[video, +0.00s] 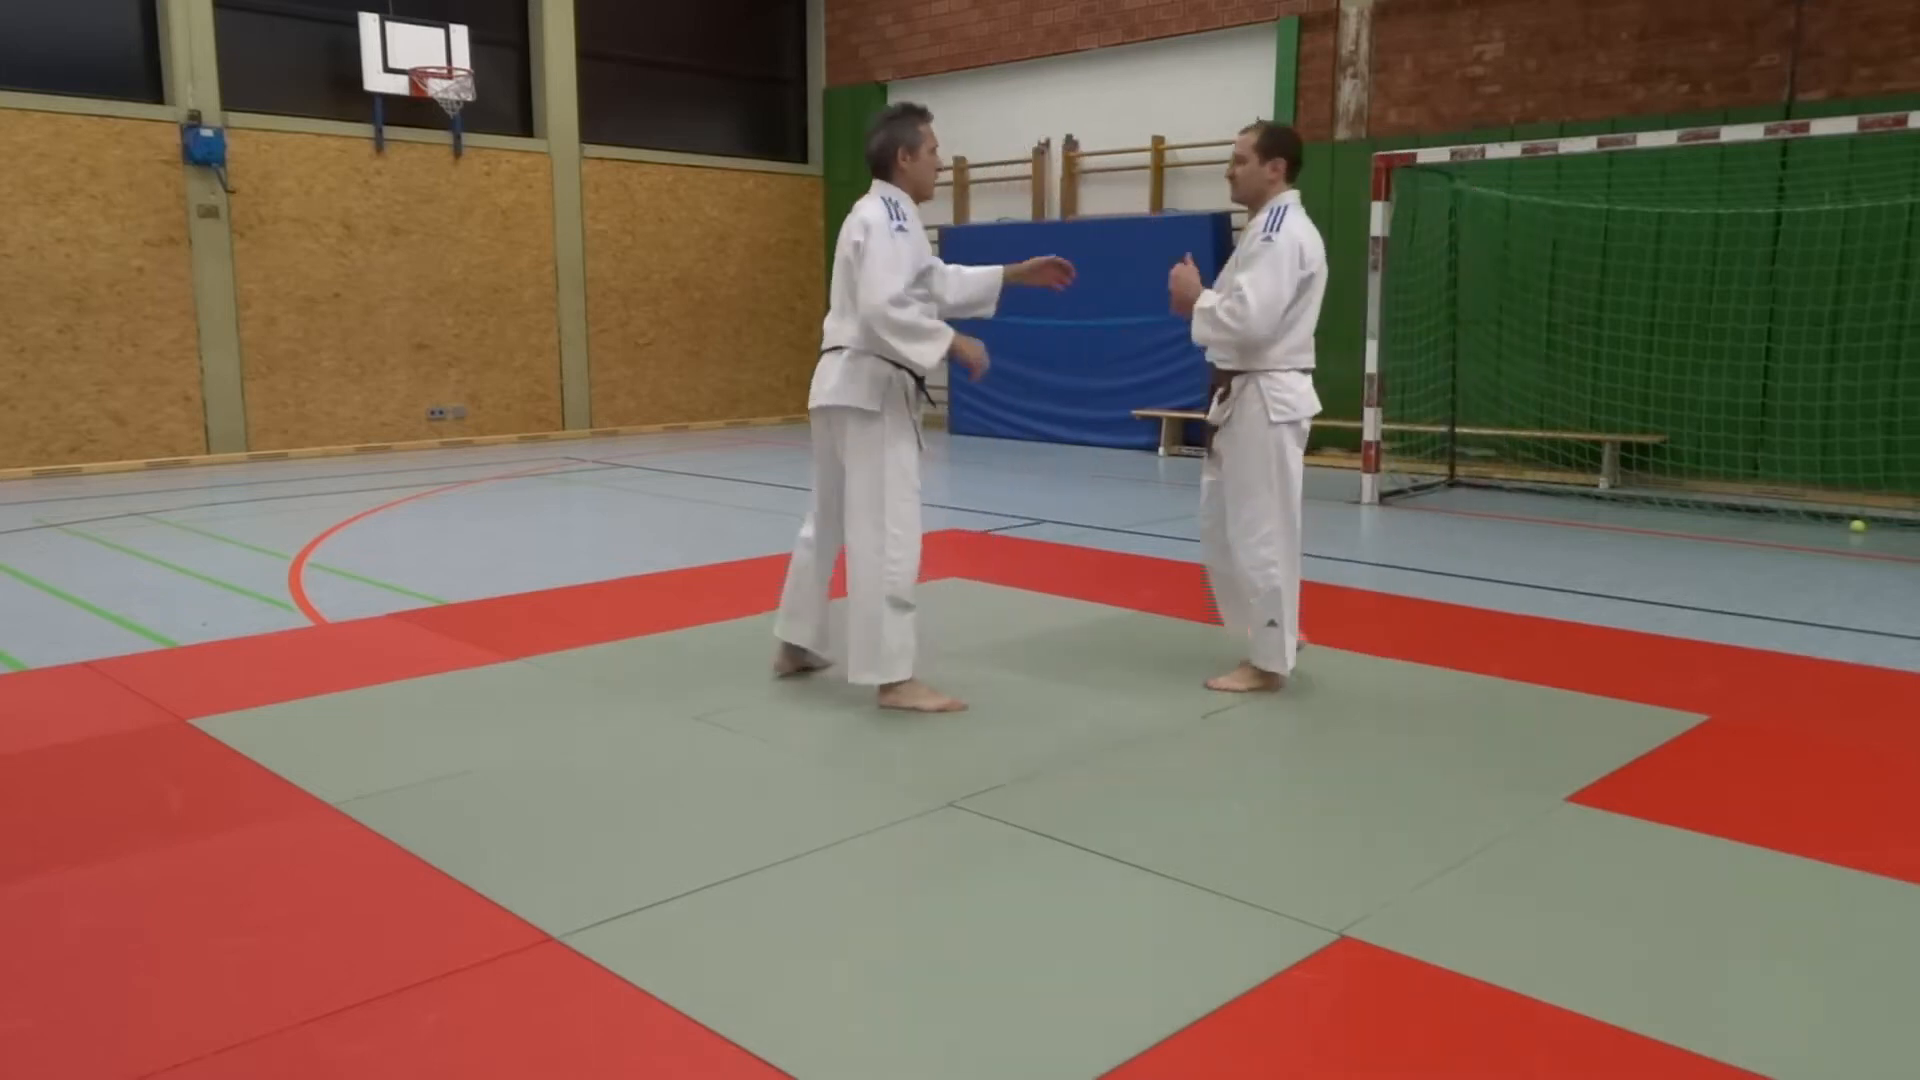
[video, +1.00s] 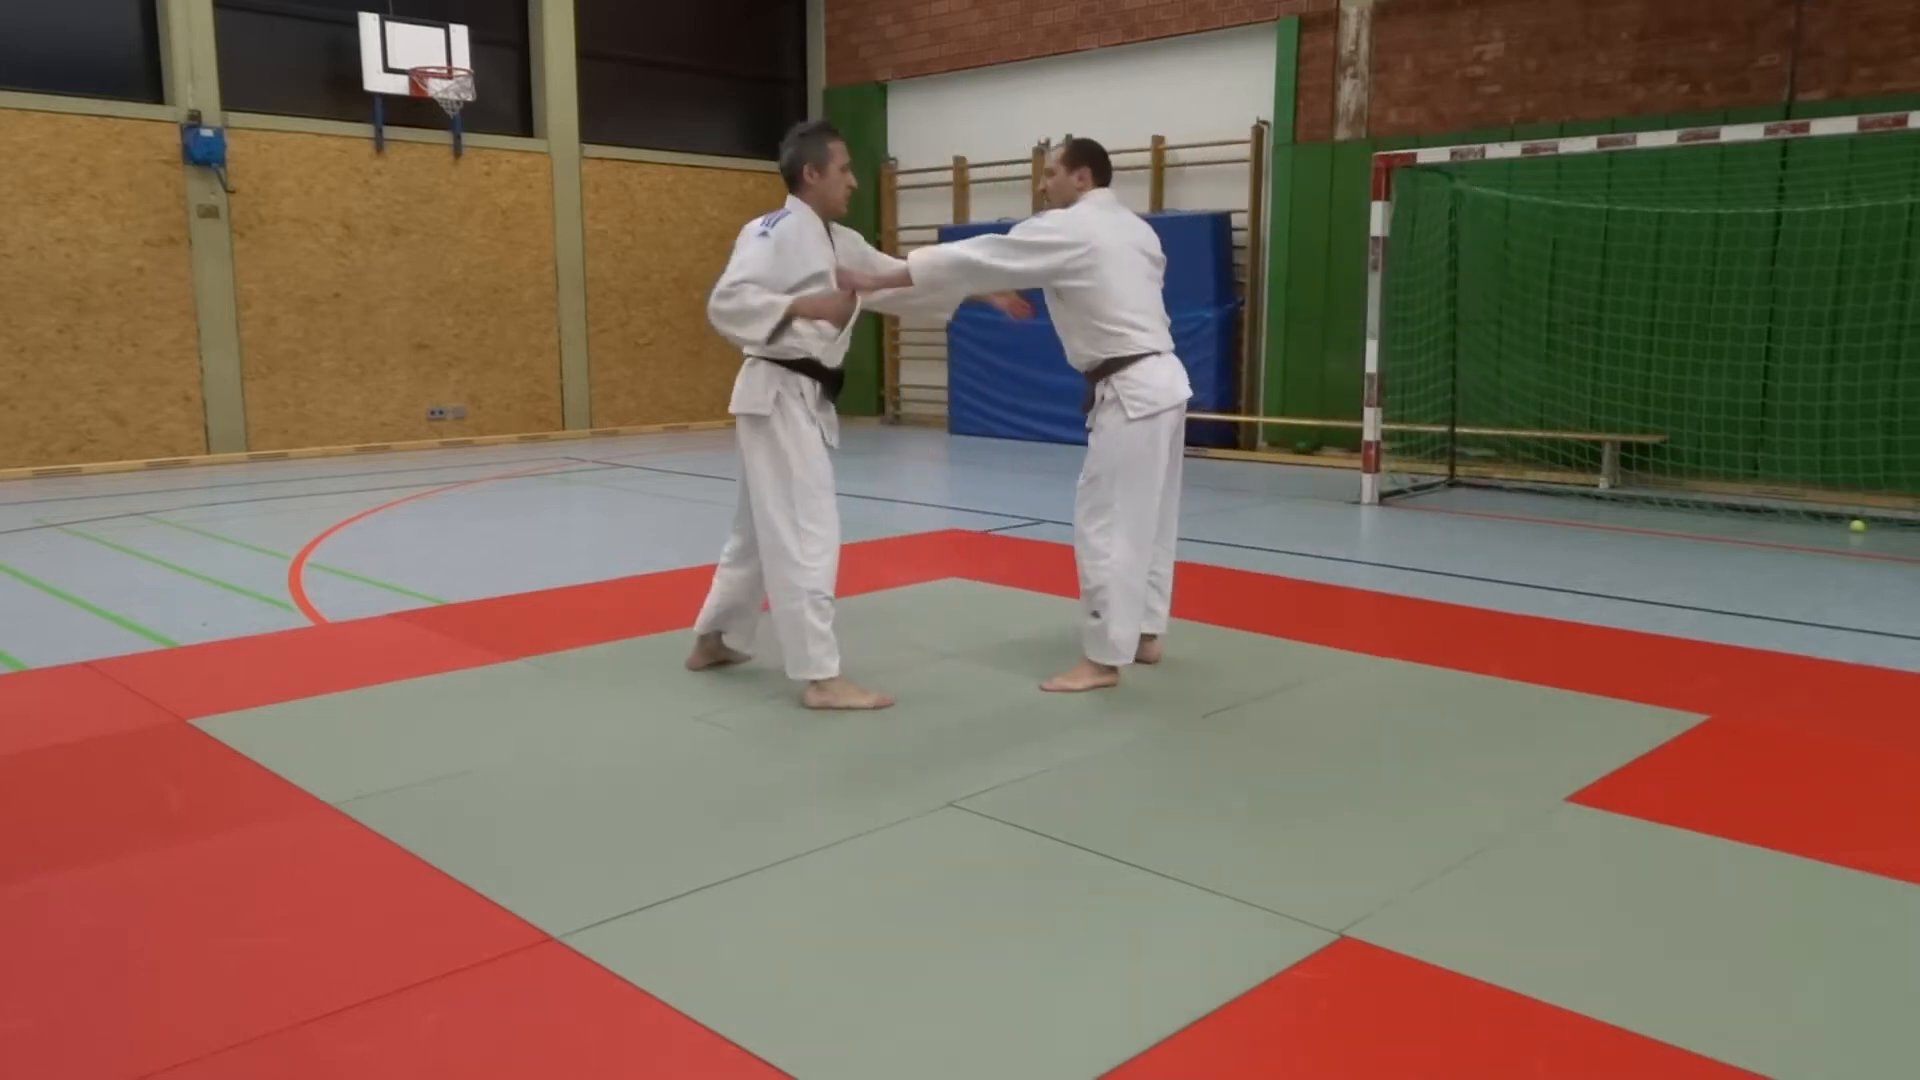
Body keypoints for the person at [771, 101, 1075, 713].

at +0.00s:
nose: (941, 162)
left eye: (937, 150)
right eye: (932, 150)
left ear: (897, 159)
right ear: (904, 157)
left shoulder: (883, 214)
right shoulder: (889, 216)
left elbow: (933, 283)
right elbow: (884, 305)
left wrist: (1015, 274)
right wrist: (953, 342)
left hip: (840, 384)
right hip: (872, 388)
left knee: (829, 520)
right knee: (891, 531)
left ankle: (797, 646)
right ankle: (894, 679)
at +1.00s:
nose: (852, 182)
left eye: (851, 170)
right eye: (843, 170)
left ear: (814, 176)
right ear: (808, 175)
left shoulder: (839, 241)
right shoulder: (774, 232)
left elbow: (905, 279)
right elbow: (728, 301)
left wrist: (982, 292)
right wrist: (801, 307)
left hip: (805, 395)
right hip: (776, 393)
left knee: (762, 525)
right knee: (809, 532)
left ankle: (713, 641)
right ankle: (820, 679)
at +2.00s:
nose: (887, 178)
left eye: (886, 167)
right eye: (880, 167)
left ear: (848, 172)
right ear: (848, 170)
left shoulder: (856, 226)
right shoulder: (831, 224)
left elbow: (915, 281)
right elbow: (902, 245)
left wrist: (983, 269)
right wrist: (961, 217)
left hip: (860, 382)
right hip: (840, 382)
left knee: (867, 508)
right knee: (860, 517)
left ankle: (873, 616)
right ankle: (855, 659)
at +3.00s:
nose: (895, 180)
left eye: (893, 171)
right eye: (885, 170)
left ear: (859, 177)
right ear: (852, 175)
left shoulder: (859, 226)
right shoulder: (836, 219)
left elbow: (877, 302)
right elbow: (892, 246)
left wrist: (946, 313)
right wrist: (967, 229)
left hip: (852, 372)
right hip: (828, 369)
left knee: (845, 503)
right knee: (832, 505)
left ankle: (845, 617)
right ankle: (775, 621)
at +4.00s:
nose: (875, 186)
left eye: (875, 177)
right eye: (867, 176)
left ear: (851, 180)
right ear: (834, 178)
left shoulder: (859, 241)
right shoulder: (809, 223)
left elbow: (896, 302)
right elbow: (880, 232)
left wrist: (967, 293)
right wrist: (971, 214)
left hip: (820, 389)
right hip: (778, 380)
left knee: (835, 501)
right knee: (757, 510)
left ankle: (841, 615)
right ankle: (730, 638)